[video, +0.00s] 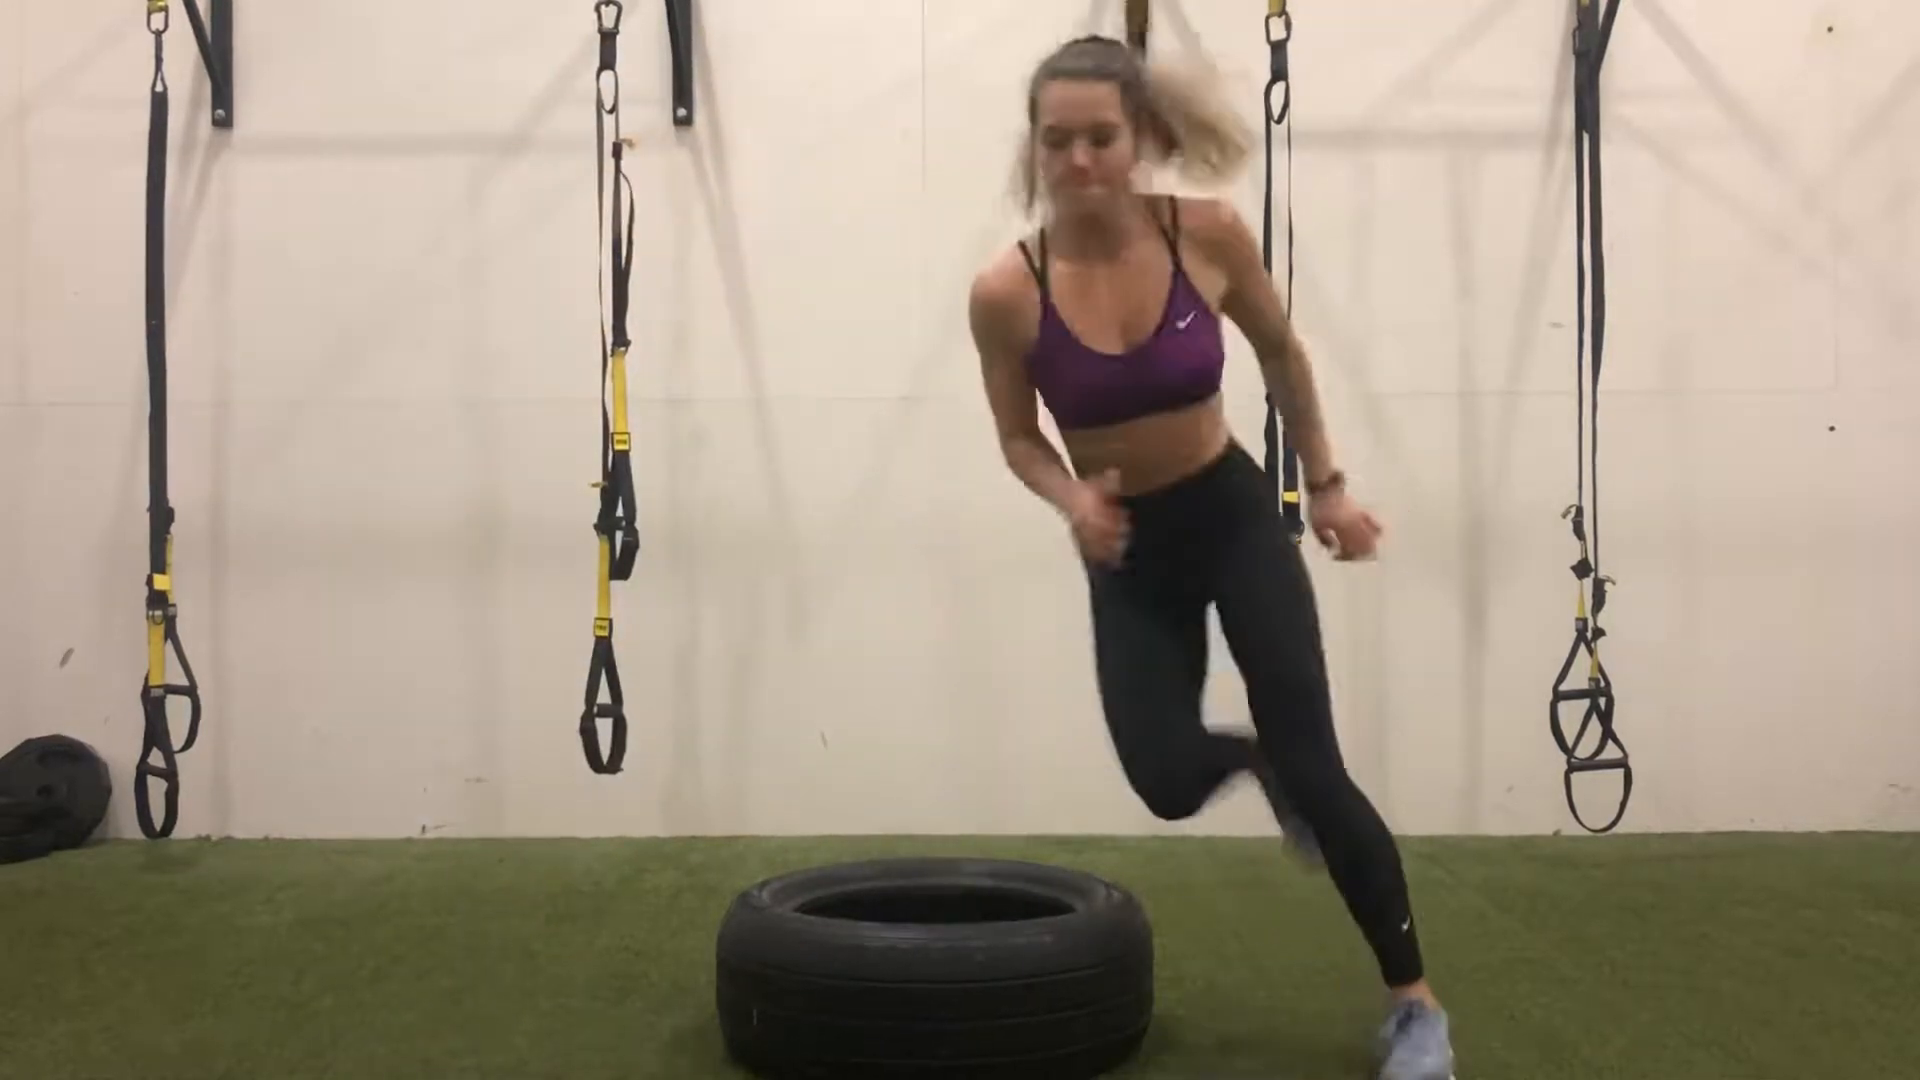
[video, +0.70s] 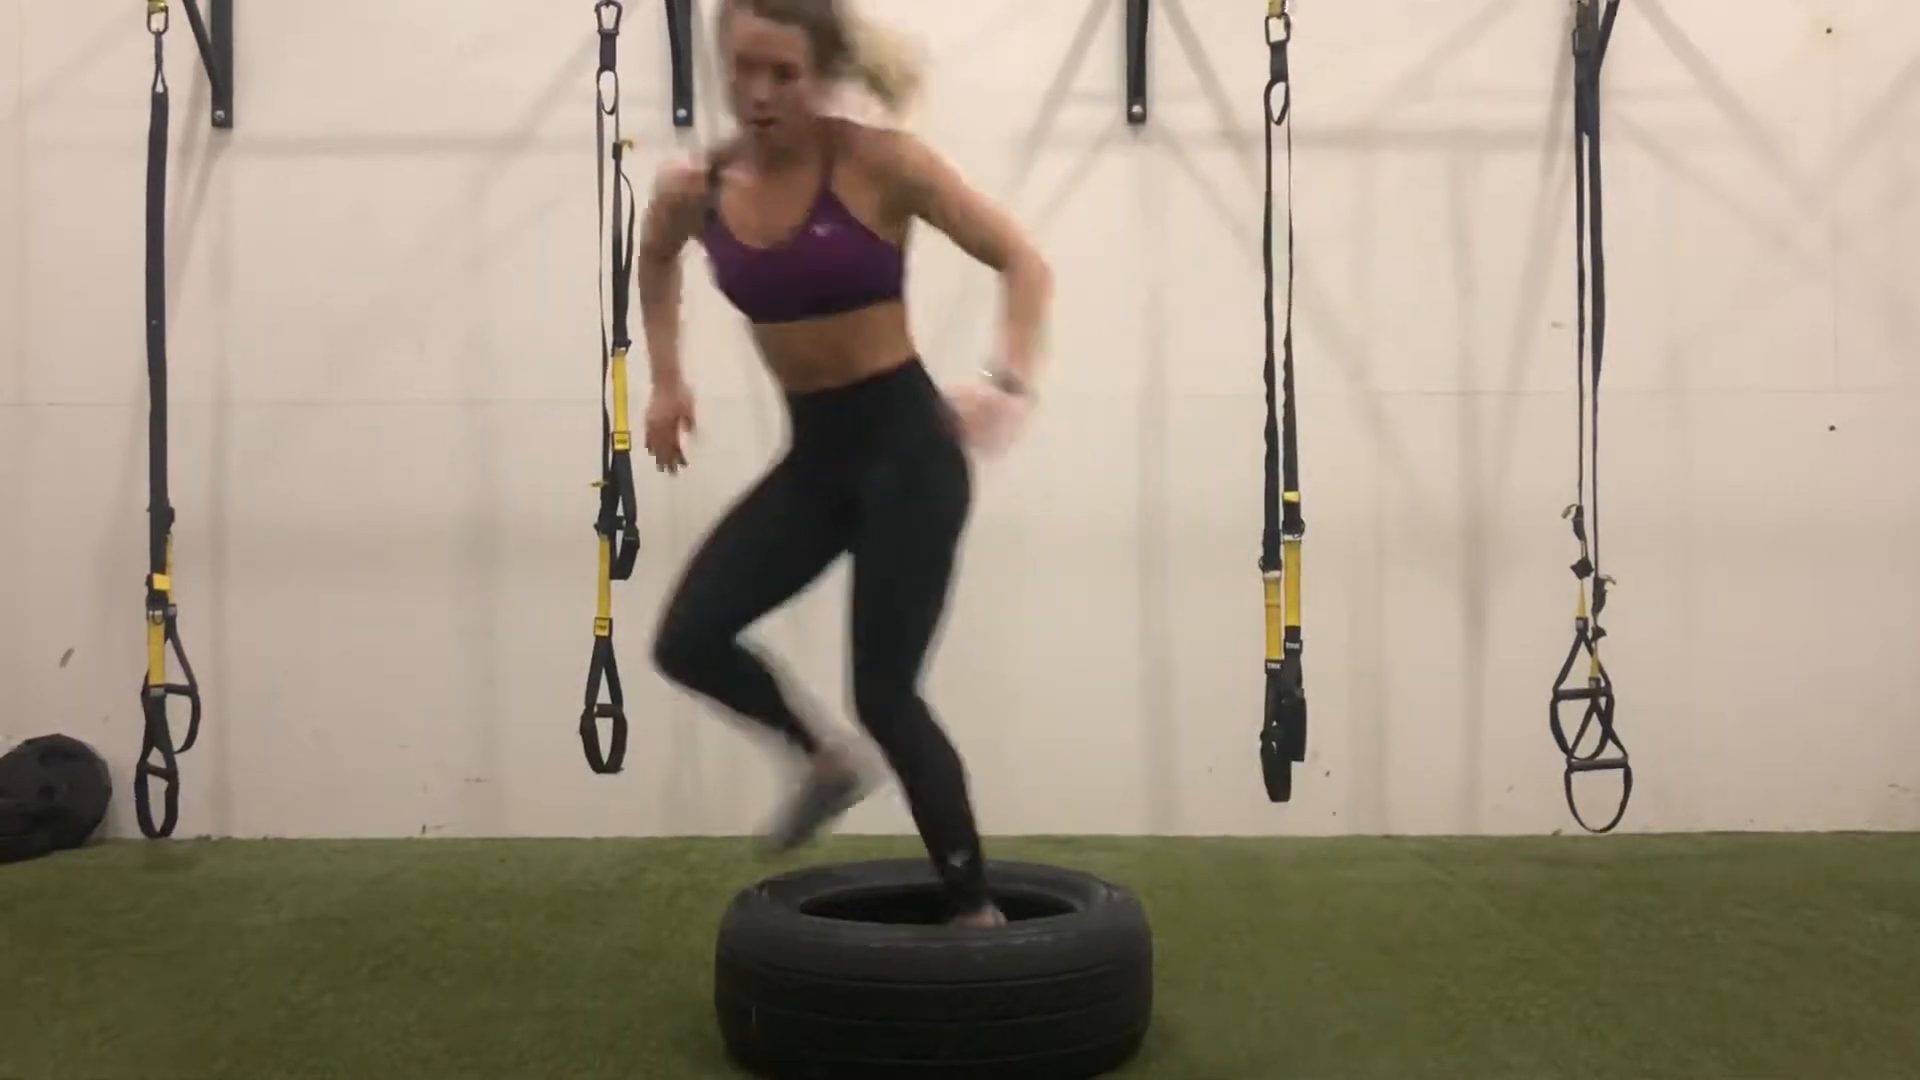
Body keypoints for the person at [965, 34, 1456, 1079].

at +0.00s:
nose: (1079, 160)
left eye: (1101, 137)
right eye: (1058, 140)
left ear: (1144, 138)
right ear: (1033, 148)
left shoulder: (1208, 231)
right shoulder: (1007, 290)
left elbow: (1282, 354)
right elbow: (1018, 435)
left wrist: (1326, 485)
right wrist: (1071, 496)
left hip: (1235, 515)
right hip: (1125, 546)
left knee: (1306, 768)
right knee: (1168, 783)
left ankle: (1412, 1000)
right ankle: (1265, 747)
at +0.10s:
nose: (1059, 155)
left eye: (1082, 132)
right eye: (1040, 134)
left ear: (1129, 131)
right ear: (1021, 140)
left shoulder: (1202, 222)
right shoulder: (1001, 276)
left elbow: (1265, 322)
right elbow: (1005, 401)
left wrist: (1282, 441)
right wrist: (1015, 521)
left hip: (1243, 505)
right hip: (1140, 534)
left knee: (1299, 759)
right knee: (1189, 773)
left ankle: (1415, 988)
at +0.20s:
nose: (1033, 196)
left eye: (1056, 174)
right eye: (1017, 174)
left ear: (1104, 166)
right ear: (998, 167)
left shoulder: (1164, 238)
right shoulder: (990, 293)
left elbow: (1309, 280)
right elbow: (948, 432)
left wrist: (1385, 353)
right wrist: (916, 485)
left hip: (1228, 497)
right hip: (1133, 526)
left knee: (1175, 707)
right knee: (1187, 775)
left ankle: (1367, 890)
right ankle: (1342, 942)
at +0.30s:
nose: (1011, 234)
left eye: (1032, 213)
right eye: (995, 213)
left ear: (1083, 203)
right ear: (977, 205)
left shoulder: (1145, 263)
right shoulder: (973, 314)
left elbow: (1306, 237)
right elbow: (867, 447)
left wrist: (1435, 212)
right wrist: (887, 349)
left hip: (1212, 516)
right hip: (1126, 539)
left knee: (1030, 597)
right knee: (1179, 798)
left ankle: (1202, 752)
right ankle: (1354, 955)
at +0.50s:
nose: (900, 124)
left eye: (923, 102)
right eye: (882, 99)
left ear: (967, 101)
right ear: (861, 97)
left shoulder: (1017, 178)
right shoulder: (832, 196)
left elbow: (1157, 192)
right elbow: (717, 336)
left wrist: (1267, 240)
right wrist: (777, 292)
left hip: (1025, 478)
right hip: (981, 482)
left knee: (874, 692)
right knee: (1029, 725)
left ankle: (949, 922)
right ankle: (1235, 818)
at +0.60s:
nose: (845, 122)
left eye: (867, 100)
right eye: (827, 98)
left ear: (910, 97)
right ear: (807, 95)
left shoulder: (966, 189)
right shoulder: (783, 207)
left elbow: (1084, 281)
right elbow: (699, 318)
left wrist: (1180, 368)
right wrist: (701, 383)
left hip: (961, 485)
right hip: (910, 492)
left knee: (876, 712)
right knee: (875, 718)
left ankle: (969, 941)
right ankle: (1053, 693)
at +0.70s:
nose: (759, 91)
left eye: (782, 72)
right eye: (744, 68)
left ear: (826, 78)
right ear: (726, 68)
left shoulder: (881, 162)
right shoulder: (698, 186)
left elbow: (1025, 262)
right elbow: (656, 259)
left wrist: (1013, 381)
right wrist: (666, 382)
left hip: (909, 446)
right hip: (817, 457)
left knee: (884, 695)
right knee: (689, 643)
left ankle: (975, 913)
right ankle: (833, 763)